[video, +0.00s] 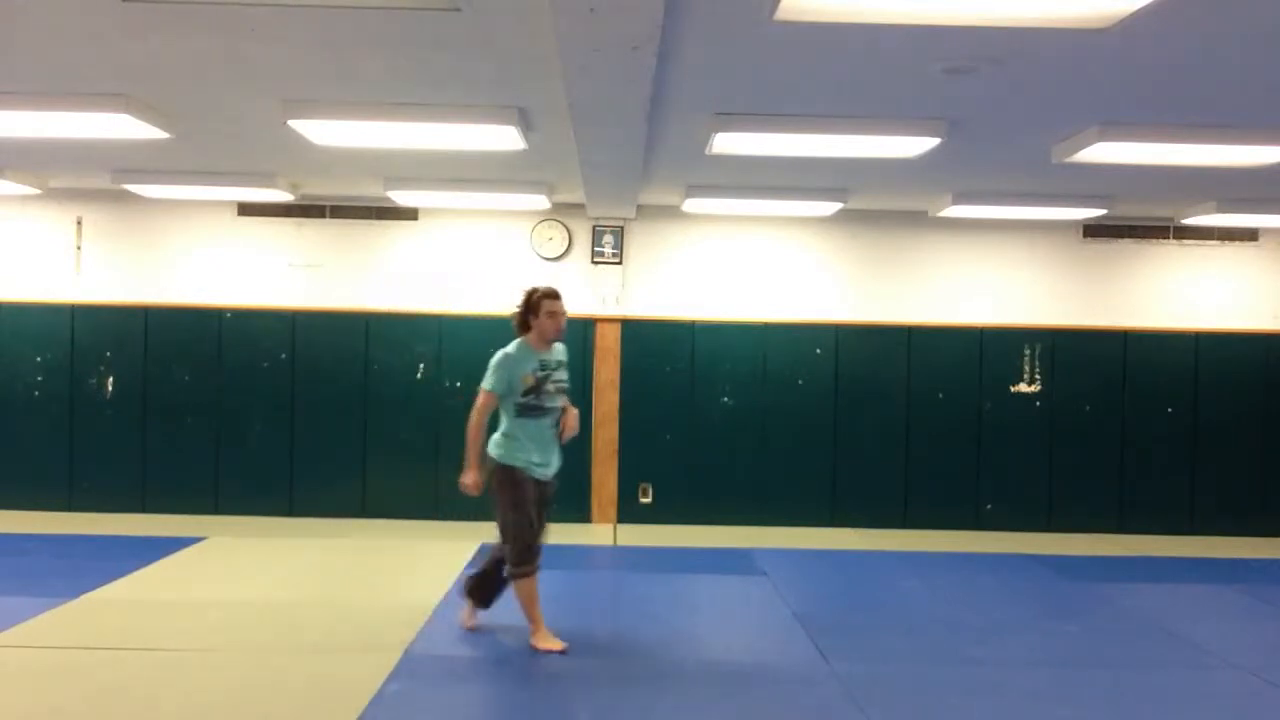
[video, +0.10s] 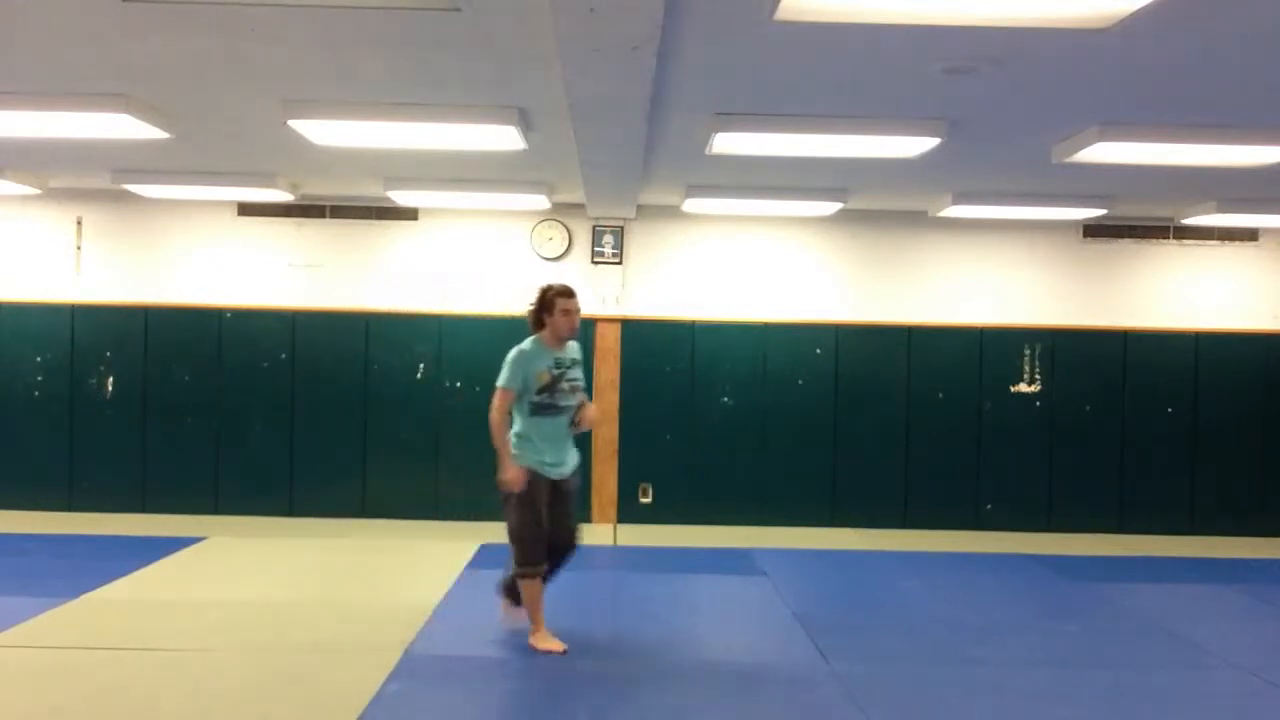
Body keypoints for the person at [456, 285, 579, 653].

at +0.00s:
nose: (560, 321)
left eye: (562, 314)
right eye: (552, 315)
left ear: (562, 318)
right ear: (532, 319)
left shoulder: (560, 353)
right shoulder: (508, 359)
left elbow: (555, 393)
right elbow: (480, 412)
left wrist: (570, 410)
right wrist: (472, 467)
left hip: (546, 462)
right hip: (512, 462)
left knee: (526, 540)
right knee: (522, 544)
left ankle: (476, 594)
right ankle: (538, 630)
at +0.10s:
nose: (574, 319)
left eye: (576, 312)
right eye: (566, 312)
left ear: (577, 316)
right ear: (545, 317)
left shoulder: (574, 350)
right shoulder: (523, 355)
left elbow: (572, 392)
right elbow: (498, 410)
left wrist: (586, 408)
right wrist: (506, 461)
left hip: (564, 464)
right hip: (527, 464)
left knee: (562, 542)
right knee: (531, 546)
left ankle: (515, 589)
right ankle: (538, 630)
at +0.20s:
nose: (588, 318)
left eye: (591, 311)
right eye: (580, 311)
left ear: (593, 315)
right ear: (560, 315)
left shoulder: (589, 352)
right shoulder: (538, 353)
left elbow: (574, 402)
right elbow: (514, 409)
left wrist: (602, 408)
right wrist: (542, 447)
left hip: (580, 467)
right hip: (539, 469)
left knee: (591, 542)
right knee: (538, 549)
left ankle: (565, 614)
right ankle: (538, 629)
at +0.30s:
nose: (606, 321)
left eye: (608, 315)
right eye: (598, 314)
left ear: (608, 318)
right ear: (577, 317)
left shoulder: (603, 357)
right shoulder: (554, 355)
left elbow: (595, 402)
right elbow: (531, 409)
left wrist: (625, 409)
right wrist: (566, 440)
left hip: (597, 470)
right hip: (554, 470)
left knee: (613, 549)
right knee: (547, 550)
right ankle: (539, 629)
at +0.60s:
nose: (658, 317)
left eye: (663, 310)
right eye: (649, 310)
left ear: (668, 316)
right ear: (631, 315)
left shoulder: (670, 355)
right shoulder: (609, 355)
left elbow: (668, 399)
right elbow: (586, 415)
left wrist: (689, 415)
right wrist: (588, 470)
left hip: (663, 475)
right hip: (620, 476)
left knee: (660, 563)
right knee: (614, 562)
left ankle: (662, 646)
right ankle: (576, 610)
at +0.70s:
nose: (669, 314)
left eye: (675, 306)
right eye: (660, 307)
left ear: (682, 312)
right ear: (643, 313)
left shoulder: (689, 352)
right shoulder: (622, 354)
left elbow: (696, 396)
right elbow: (598, 412)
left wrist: (711, 410)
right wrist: (590, 472)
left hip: (675, 471)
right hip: (631, 470)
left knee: (671, 562)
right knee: (643, 555)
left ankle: (663, 644)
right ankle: (611, 630)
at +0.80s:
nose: (678, 314)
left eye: (684, 306)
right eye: (669, 307)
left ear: (692, 312)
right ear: (653, 314)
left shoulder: (703, 354)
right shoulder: (632, 356)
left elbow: (716, 396)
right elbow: (605, 413)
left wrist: (728, 407)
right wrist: (600, 473)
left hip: (686, 475)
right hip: (641, 473)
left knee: (679, 566)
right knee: (655, 565)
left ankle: (666, 644)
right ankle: (657, 660)